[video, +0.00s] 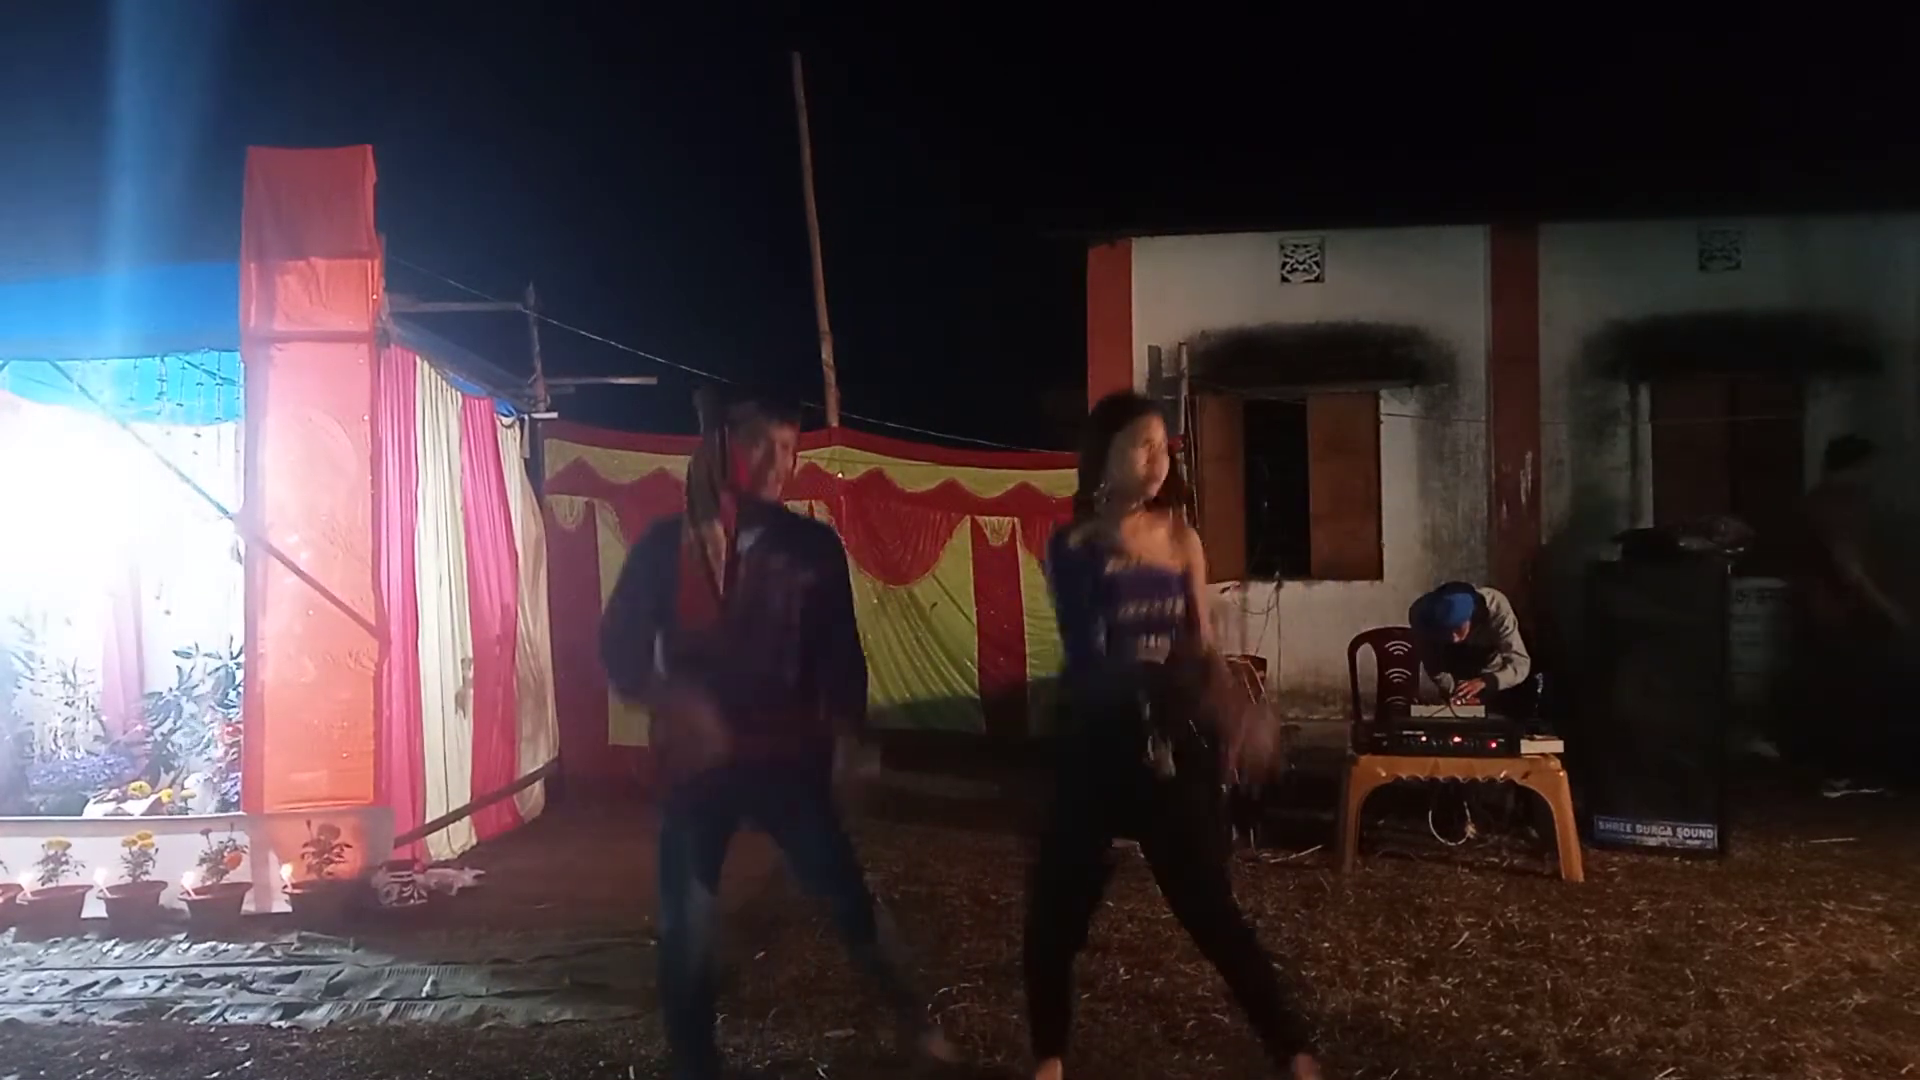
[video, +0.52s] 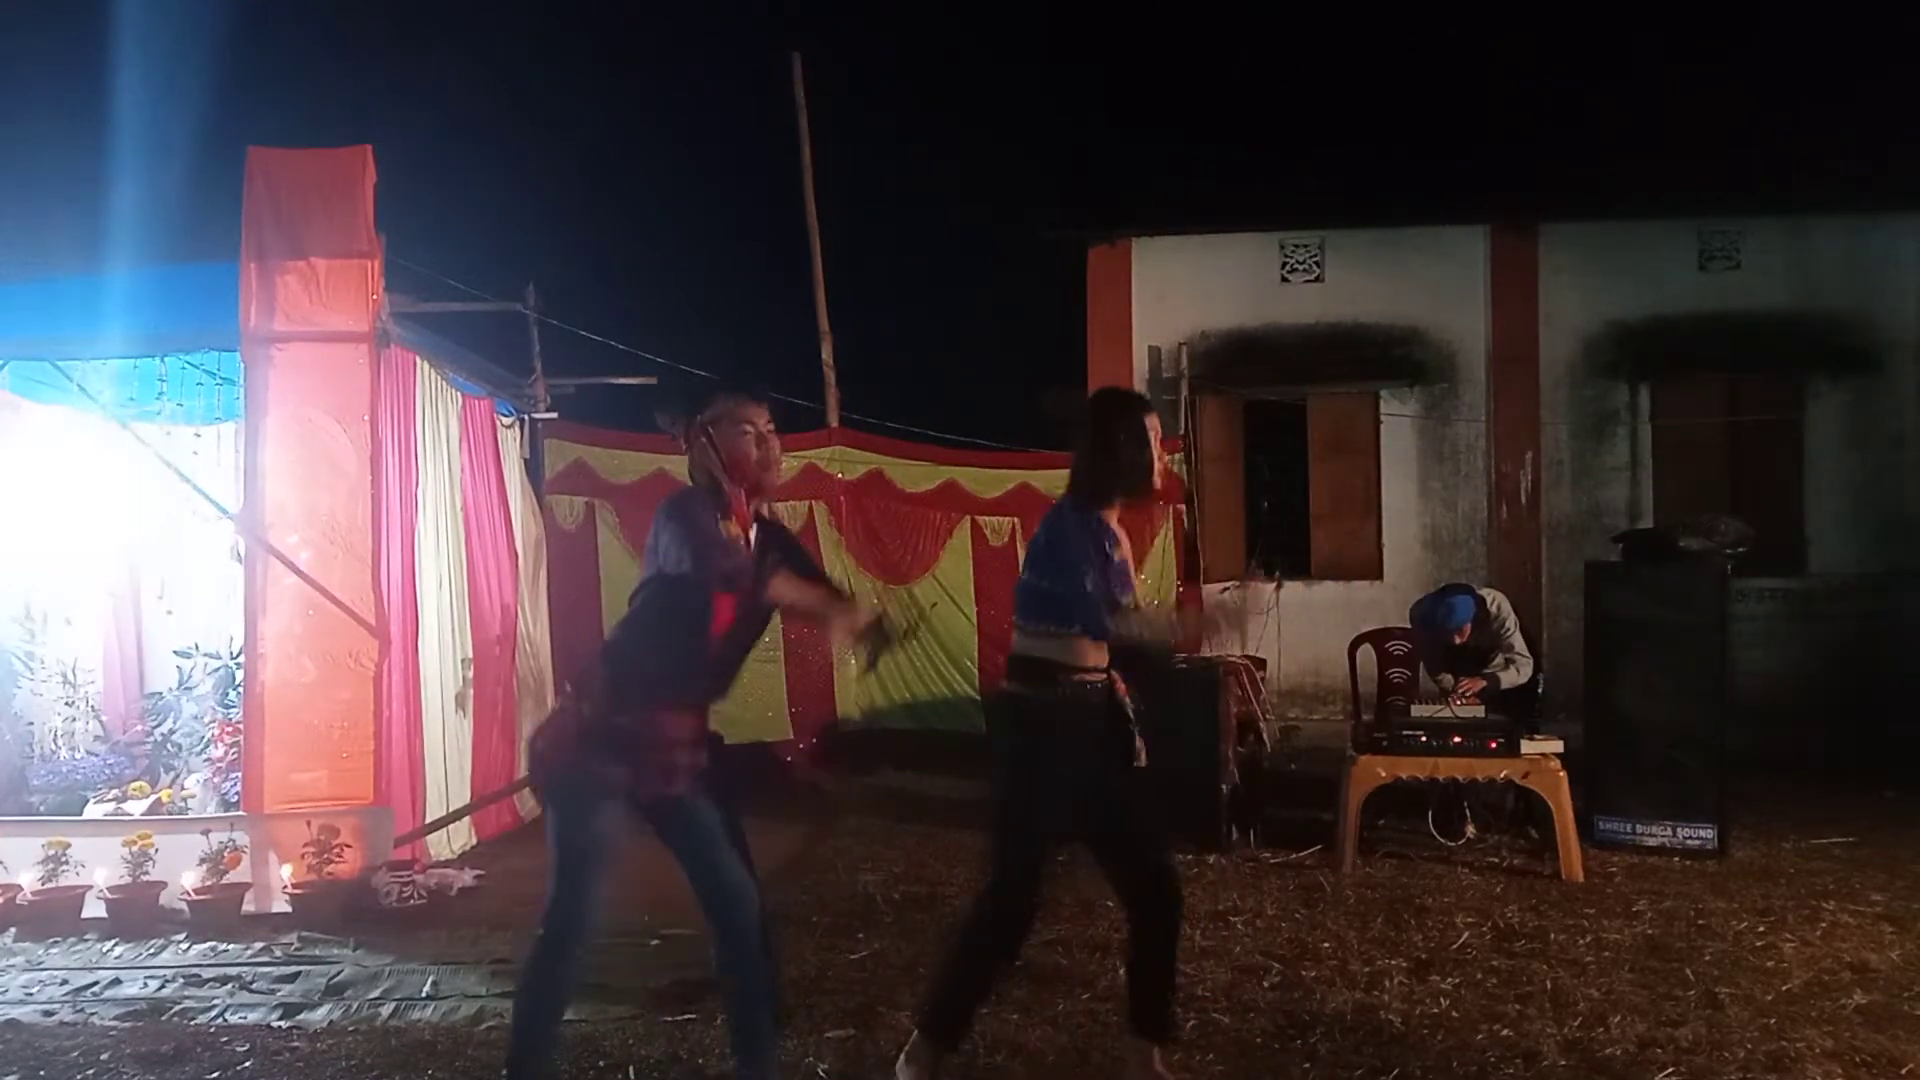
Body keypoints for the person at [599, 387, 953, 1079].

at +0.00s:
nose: (778, 464)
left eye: (787, 450)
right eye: (764, 447)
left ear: (791, 457)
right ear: (725, 448)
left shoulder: (814, 544)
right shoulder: (669, 542)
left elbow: (841, 648)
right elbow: (622, 643)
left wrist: (849, 732)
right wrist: (664, 693)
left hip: (789, 761)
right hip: (699, 764)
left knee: (848, 900)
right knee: (685, 925)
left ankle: (917, 1019)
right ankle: (692, 1062)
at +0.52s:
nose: (769, 442)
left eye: (771, 429)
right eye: (749, 430)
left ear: (775, 447)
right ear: (703, 446)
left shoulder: (774, 542)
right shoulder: (686, 511)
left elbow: (831, 600)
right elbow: (731, 571)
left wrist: (868, 628)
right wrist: (833, 610)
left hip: (671, 751)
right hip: (592, 747)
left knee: (738, 907)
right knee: (572, 919)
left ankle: (756, 1065)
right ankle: (528, 1066)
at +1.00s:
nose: (744, 444)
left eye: (754, 432)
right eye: (731, 428)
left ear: (763, 440)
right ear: (691, 429)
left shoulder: (781, 507)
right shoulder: (640, 516)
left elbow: (845, 589)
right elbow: (577, 618)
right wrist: (616, 551)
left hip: (775, 730)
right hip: (683, 734)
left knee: (796, 889)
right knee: (653, 895)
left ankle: (797, 1045)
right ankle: (610, 1050)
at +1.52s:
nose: (742, 463)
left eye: (754, 448)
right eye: (728, 446)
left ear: (762, 445)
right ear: (690, 438)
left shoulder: (781, 498)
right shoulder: (641, 513)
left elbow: (827, 564)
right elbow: (568, 580)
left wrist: (738, 563)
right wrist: (530, 563)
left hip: (819, 715)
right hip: (729, 734)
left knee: (876, 870)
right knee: (716, 899)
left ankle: (927, 1016)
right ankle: (722, 1058)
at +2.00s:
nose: (748, 423)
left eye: (755, 409)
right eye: (730, 409)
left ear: (763, 422)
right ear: (688, 421)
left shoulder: (787, 514)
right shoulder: (634, 500)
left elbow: (835, 597)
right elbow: (535, 559)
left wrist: (815, 677)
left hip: (732, 727)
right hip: (634, 727)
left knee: (770, 881)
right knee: (611, 895)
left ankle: (780, 1045)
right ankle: (594, 1049)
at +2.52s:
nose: (738, 408)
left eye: (739, 394)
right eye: (727, 392)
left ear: (715, 402)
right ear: (680, 395)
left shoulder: (767, 495)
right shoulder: (609, 491)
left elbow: (827, 592)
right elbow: (538, 576)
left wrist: (848, 680)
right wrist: (553, 523)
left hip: (759, 718)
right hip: (663, 724)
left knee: (802, 881)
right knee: (655, 898)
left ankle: (850, 1036)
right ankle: (661, 1052)